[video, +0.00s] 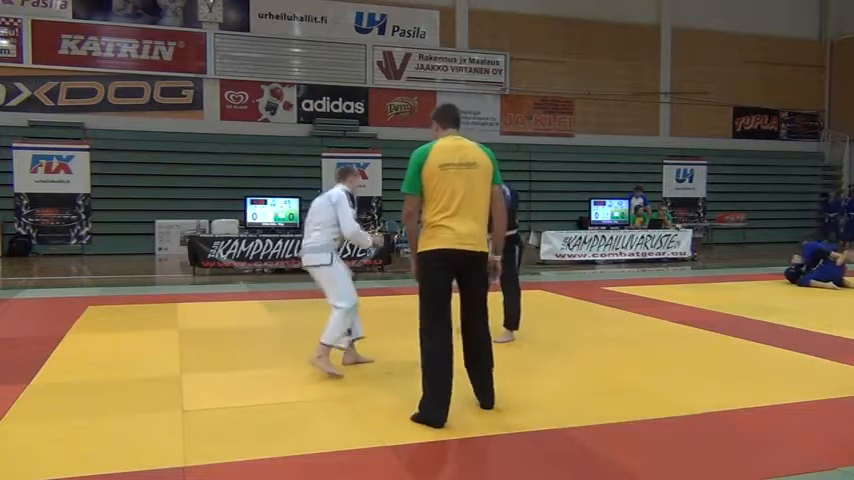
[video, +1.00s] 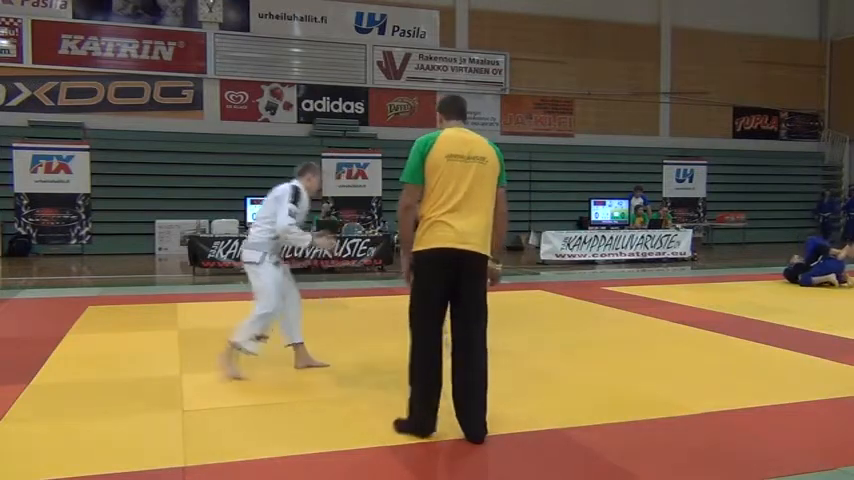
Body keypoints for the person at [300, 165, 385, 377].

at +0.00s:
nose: (359, 184)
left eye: (359, 180)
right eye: (358, 180)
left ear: (341, 179)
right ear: (350, 179)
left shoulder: (325, 197)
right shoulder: (341, 195)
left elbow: (324, 233)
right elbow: (350, 230)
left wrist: (339, 262)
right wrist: (371, 240)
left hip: (315, 255)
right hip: (321, 255)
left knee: (348, 299)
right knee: (346, 302)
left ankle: (350, 350)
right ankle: (321, 354)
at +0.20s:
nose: (358, 186)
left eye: (358, 182)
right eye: (357, 181)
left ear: (339, 178)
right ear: (350, 179)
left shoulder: (319, 198)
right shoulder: (343, 194)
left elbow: (327, 233)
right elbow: (349, 230)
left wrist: (357, 243)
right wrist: (366, 247)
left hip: (309, 255)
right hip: (325, 255)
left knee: (340, 304)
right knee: (336, 307)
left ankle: (349, 351)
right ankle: (314, 364)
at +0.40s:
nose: (351, 184)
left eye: (352, 179)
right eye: (352, 179)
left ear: (331, 176)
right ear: (345, 176)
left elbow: (299, 233)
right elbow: (349, 234)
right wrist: (373, 236)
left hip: (304, 260)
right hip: (318, 261)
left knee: (333, 306)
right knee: (321, 314)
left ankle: (345, 351)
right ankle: (305, 376)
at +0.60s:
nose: (349, 181)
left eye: (349, 176)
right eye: (348, 176)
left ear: (330, 172)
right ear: (341, 173)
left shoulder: (319, 189)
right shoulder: (326, 190)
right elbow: (336, 229)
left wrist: (357, 230)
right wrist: (361, 231)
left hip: (305, 256)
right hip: (301, 257)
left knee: (323, 306)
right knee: (316, 312)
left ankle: (309, 353)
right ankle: (306, 376)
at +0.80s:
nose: (338, 191)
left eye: (339, 186)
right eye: (338, 186)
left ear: (324, 182)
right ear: (329, 183)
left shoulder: (321, 203)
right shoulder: (310, 198)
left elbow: (314, 236)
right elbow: (302, 236)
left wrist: (339, 226)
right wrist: (329, 254)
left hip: (293, 259)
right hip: (279, 259)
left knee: (314, 300)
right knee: (298, 310)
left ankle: (305, 354)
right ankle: (298, 373)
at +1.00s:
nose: (320, 184)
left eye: (320, 179)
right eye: (318, 179)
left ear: (306, 176)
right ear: (309, 177)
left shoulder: (299, 197)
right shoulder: (290, 191)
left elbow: (286, 232)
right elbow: (283, 229)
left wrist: (314, 238)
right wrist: (313, 240)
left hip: (272, 257)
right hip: (258, 255)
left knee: (291, 300)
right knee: (269, 304)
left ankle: (301, 354)